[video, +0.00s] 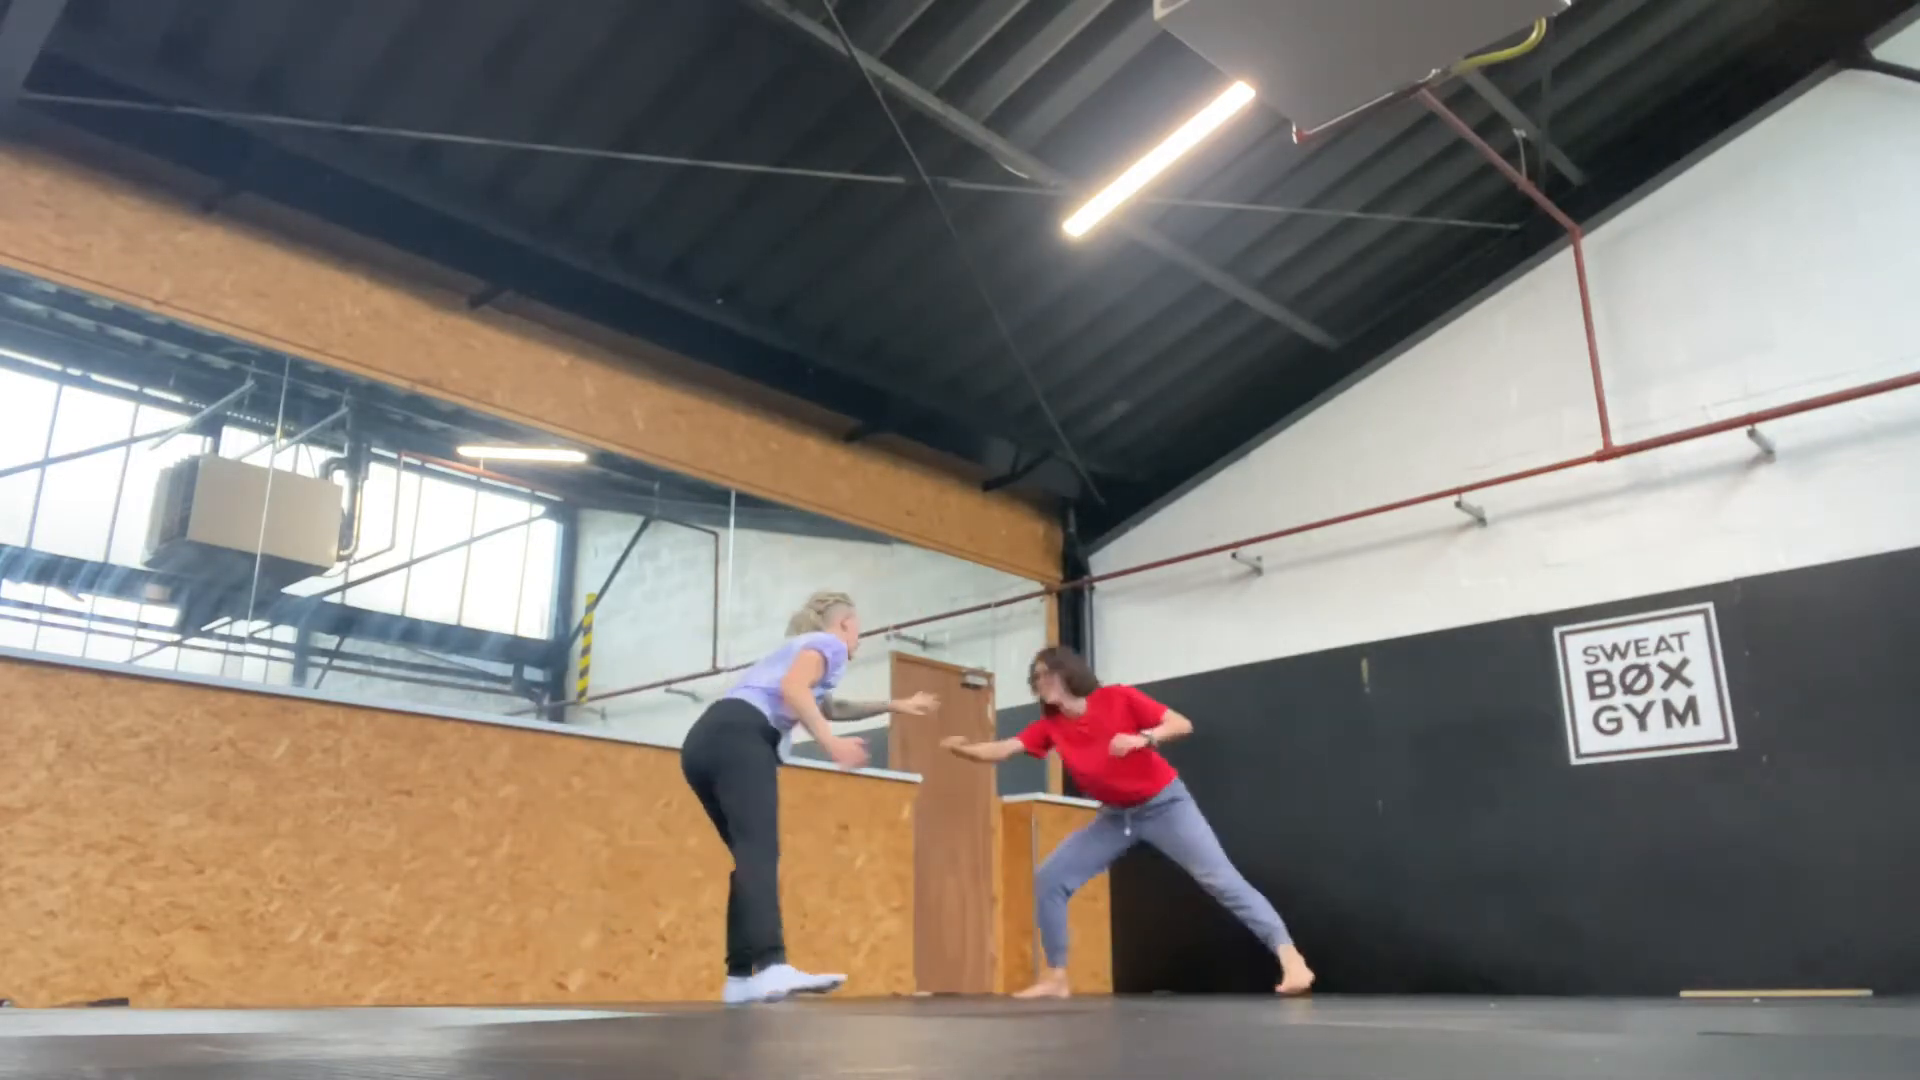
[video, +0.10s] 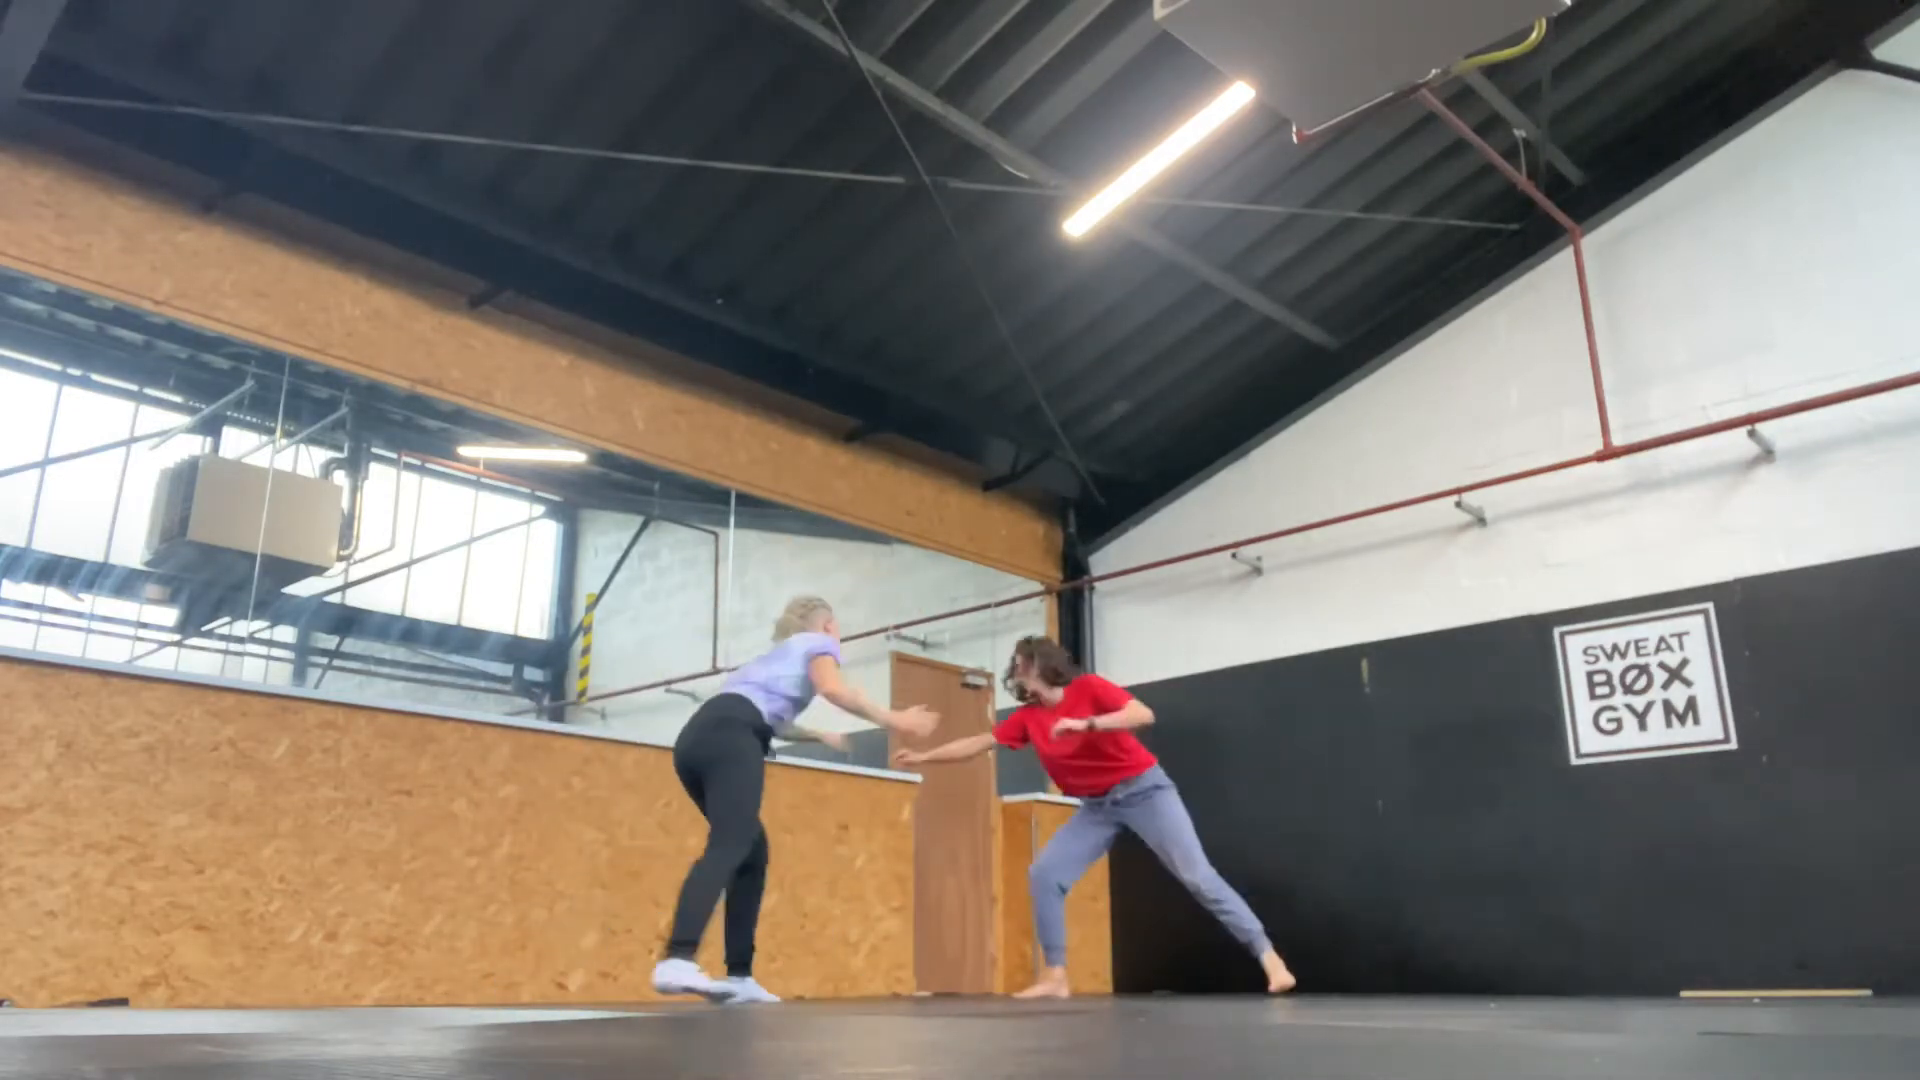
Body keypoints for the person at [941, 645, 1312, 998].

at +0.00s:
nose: (1038, 686)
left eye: (1043, 677)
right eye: (1036, 680)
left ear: (1065, 675)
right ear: (1043, 686)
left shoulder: (1117, 698)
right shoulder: (1050, 728)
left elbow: (1181, 725)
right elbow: (1002, 750)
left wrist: (1144, 736)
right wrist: (965, 747)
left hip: (1165, 806)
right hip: (1115, 818)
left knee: (1220, 880)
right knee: (1051, 878)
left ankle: (1292, 961)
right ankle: (1056, 978)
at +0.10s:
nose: (1019, 683)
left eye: (1023, 675)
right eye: (1017, 677)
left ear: (1046, 670)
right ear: (1025, 679)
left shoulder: (1088, 688)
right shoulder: (1026, 719)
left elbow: (1143, 714)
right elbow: (977, 743)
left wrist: (1091, 723)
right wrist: (925, 756)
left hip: (1144, 792)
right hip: (1096, 807)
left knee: (1196, 876)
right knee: (1045, 873)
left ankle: (1268, 958)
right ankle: (1055, 978)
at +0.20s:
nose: (1022, 687)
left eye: (1026, 677)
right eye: (1015, 680)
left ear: (1045, 666)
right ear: (1010, 676)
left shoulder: (1072, 676)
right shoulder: (1014, 713)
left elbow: (1086, 700)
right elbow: (974, 743)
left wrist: (1036, 696)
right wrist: (923, 771)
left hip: (1130, 782)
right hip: (1084, 799)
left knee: (1171, 877)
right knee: (1046, 872)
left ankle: (1223, 958)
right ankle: (1054, 978)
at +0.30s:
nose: (1011, 663)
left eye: (1017, 654)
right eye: (1008, 657)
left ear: (1039, 651)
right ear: (1007, 661)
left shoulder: (1069, 667)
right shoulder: (1021, 704)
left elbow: (1047, 677)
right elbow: (996, 743)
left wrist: (1006, 671)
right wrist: (964, 775)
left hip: (1119, 777)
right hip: (1073, 791)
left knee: (1147, 876)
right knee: (1050, 874)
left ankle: (1178, 951)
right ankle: (1055, 976)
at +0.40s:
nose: (1017, 653)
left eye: (1023, 642)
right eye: (1013, 648)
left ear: (1044, 639)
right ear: (1013, 653)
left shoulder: (1069, 661)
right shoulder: (1031, 694)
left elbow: (1039, 676)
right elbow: (1024, 736)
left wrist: (1007, 667)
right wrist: (1012, 766)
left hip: (1114, 780)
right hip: (1067, 790)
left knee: (1126, 882)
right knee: (1057, 878)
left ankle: (1144, 946)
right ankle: (1056, 975)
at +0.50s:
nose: (1033, 653)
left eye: (1038, 645)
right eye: (1027, 648)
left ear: (1053, 646)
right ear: (1022, 658)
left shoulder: (1076, 672)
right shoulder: (1035, 696)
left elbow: (1055, 708)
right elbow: (1051, 745)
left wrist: (1027, 688)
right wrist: (1046, 777)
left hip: (1110, 792)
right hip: (1064, 796)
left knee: (1112, 890)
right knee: (1055, 881)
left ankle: (1117, 966)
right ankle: (1055, 973)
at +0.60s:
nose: (1040, 677)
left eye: (1047, 669)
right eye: (1035, 672)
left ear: (1065, 672)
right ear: (1030, 680)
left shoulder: (1089, 703)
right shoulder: (1041, 717)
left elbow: (1080, 754)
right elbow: (1052, 767)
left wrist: (1045, 726)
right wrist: (1053, 805)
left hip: (1106, 815)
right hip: (1060, 818)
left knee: (1101, 908)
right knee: (1042, 881)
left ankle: (1112, 972)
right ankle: (1053, 974)